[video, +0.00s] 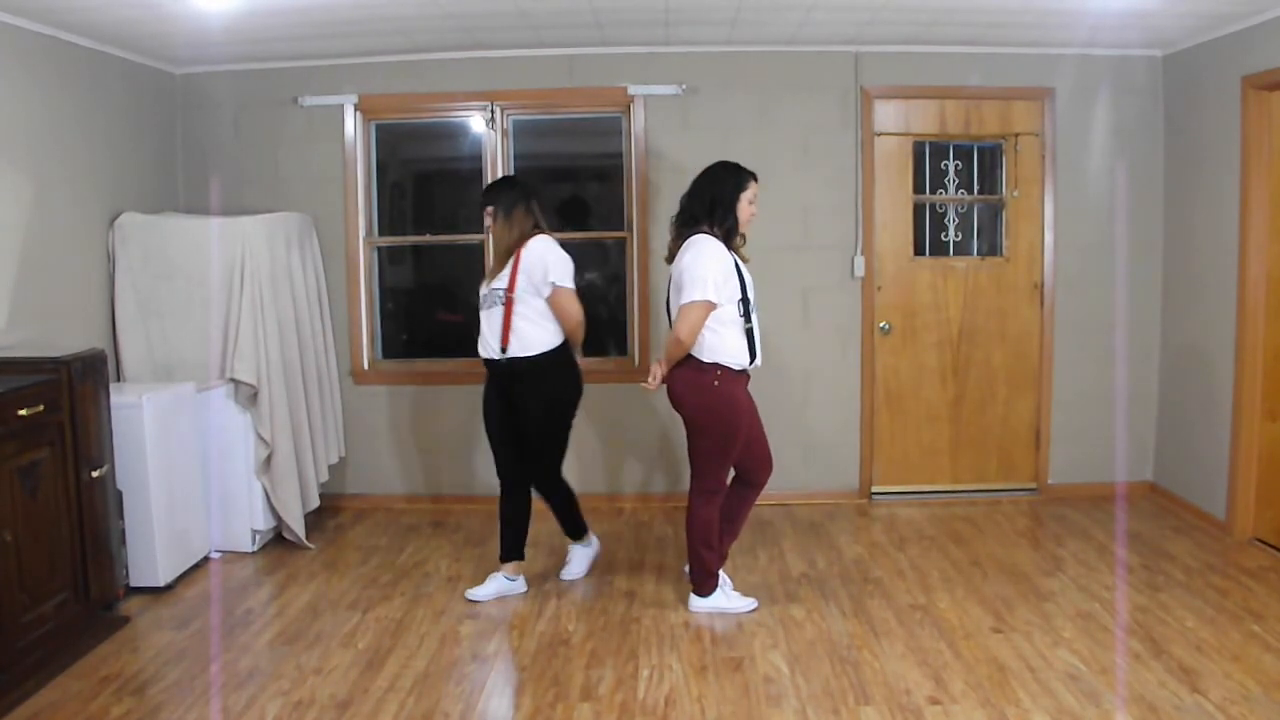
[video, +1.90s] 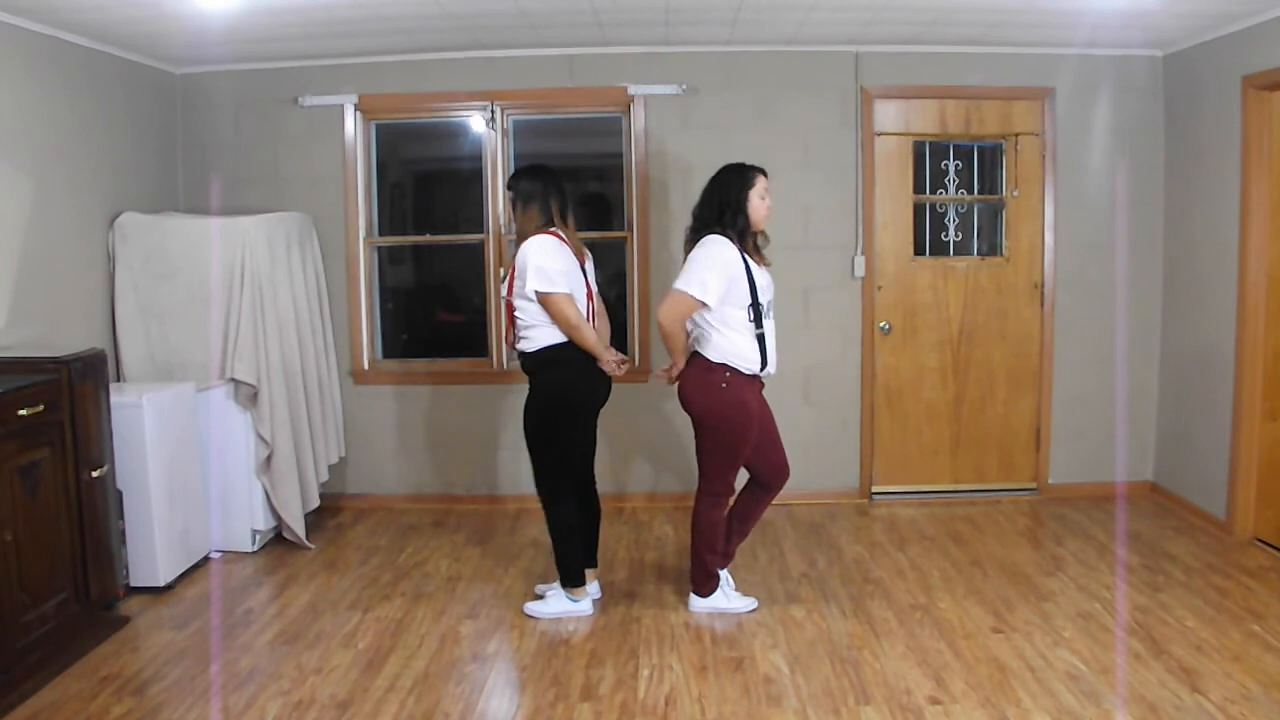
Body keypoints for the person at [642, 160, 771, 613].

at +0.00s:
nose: (754, 210)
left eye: (755, 201)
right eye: (749, 200)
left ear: (722, 200)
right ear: (726, 200)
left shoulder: (718, 249)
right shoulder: (705, 249)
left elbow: (697, 323)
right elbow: (685, 334)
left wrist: (666, 361)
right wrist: (663, 365)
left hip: (726, 378)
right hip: (707, 380)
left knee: (756, 469)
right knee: (709, 484)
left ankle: (708, 565)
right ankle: (704, 589)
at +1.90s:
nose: (769, 203)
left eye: (768, 195)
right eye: (763, 195)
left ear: (744, 201)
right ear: (738, 200)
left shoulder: (745, 252)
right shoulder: (716, 249)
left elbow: (721, 317)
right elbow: (669, 316)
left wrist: (688, 359)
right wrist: (679, 361)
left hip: (742, 383)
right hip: (719, 383)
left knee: (772, 473)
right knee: (716, 490)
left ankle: (715, 562)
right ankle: (705, 589)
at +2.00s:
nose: (773, 197)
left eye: (774, 191)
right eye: (763, 190)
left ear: (773, 202)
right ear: (738, 198)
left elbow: (746, 318)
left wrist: (755, 373)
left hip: (747, 384)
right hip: (722, 383)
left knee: (774, 475)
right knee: (721, 489)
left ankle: (715, 563)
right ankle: (705, 589)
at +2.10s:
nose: (776, 197)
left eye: (781, 192)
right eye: (765, 189)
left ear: (786, 206)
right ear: (743, 198)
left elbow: (777, 322)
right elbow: (669, 296)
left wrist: (794, 361)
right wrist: (694, 332)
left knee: (778, 477)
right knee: (734, 487)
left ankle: (716, 561)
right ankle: (706, 588)